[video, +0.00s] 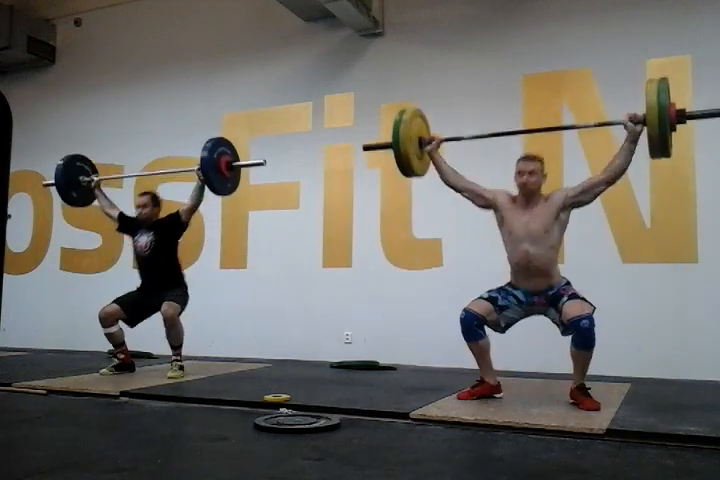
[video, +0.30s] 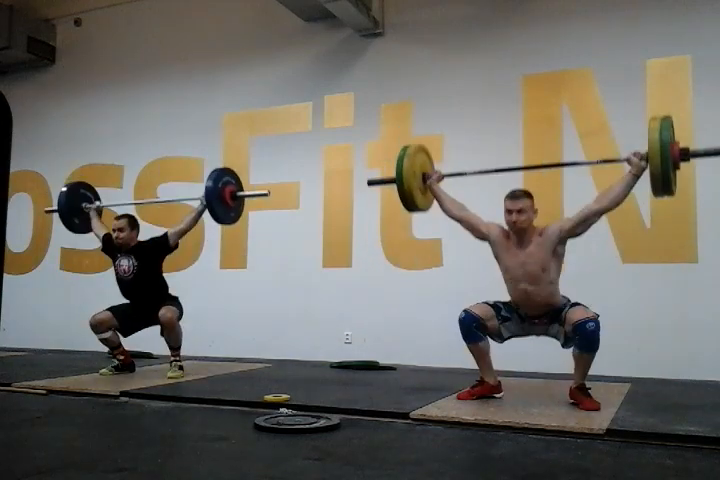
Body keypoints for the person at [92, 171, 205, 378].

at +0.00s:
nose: (139, 211)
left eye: (144, 207)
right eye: (138, 207)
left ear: (156, 208)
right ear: (136, 209)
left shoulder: (170, 225)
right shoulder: (134, 227)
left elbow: (191, 206)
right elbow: (110, 210)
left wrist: (201, 181)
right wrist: (96, 189)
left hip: (173, 289)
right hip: (148, 291)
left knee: (169, 313)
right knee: (107, 315)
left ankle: (177, 361)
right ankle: (124, 361)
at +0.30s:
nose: (115, 235)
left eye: (120, 231)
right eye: (114, 231)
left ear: (134, 233)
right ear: (112, 234)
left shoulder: (152, 248)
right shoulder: (115, 250)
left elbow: (183, 229)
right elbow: (99, 231)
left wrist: (203, 205)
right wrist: (92, 213)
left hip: (163, 305)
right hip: (138, 308)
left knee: (167, 316)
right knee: (98, 322)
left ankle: (176, 361)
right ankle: (123, 361)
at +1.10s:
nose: (119, 208)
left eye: (123, 203)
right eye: (117, 205)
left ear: (137, 204)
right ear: (115, 207)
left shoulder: (155, 220)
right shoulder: (118, 222)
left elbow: (186, 202)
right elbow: (103, 203)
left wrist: (211, 179)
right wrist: (98, 186)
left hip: (169, 276)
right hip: (144, 280)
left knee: (169, 309)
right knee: (110, 311)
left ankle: (177, 361)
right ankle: (124, 360)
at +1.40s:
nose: (129, 172)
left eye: (133, 168)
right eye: (128, 169)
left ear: (147, 169)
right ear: (128, 171)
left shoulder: (166, 185)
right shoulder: (128, 187)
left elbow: (194, 166)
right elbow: (112, 167)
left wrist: (216, 142)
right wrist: (108, 152)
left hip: (168, 258)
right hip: (141, 259)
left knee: (170, 304)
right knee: (128, 306)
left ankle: (182, 358)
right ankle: (126, 359)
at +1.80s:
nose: (164, 166)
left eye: (169, 162)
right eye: (162, 162)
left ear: (181, 167)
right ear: (161, 166)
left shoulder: (190, 187)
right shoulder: (151, 188)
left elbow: (216, 175)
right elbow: (129, 182)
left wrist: (223, 148)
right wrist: (117, 160)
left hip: (176, 258)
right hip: (150, 257)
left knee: (177, 308)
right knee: (146, 307)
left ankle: (182, 359)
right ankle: (147, 358)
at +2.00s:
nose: (174, 169)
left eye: (179, 166)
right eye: (173, 166)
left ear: (191, 171)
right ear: (172, 170)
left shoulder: (197, 191)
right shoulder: (161, 192)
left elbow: (226, 194)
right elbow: (143, 204)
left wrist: (237, 174)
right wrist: (122, 191)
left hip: (177, 259)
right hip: (152, 257)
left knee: (179, 308)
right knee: (146, 307)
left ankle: (183, 359)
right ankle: (146, 358)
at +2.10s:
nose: (172, 172)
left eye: (176, 169)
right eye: (170, 169)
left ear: (188, 171)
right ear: (169, 171)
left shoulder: (199, 191)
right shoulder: (164, 194)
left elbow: (224, 197)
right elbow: (141, 207)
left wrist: (238, 200)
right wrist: (118, 211)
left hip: (180, 258)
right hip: (156, 256)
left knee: (178, 308)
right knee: (144, 305)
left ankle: (183, 359)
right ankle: (146, 358)